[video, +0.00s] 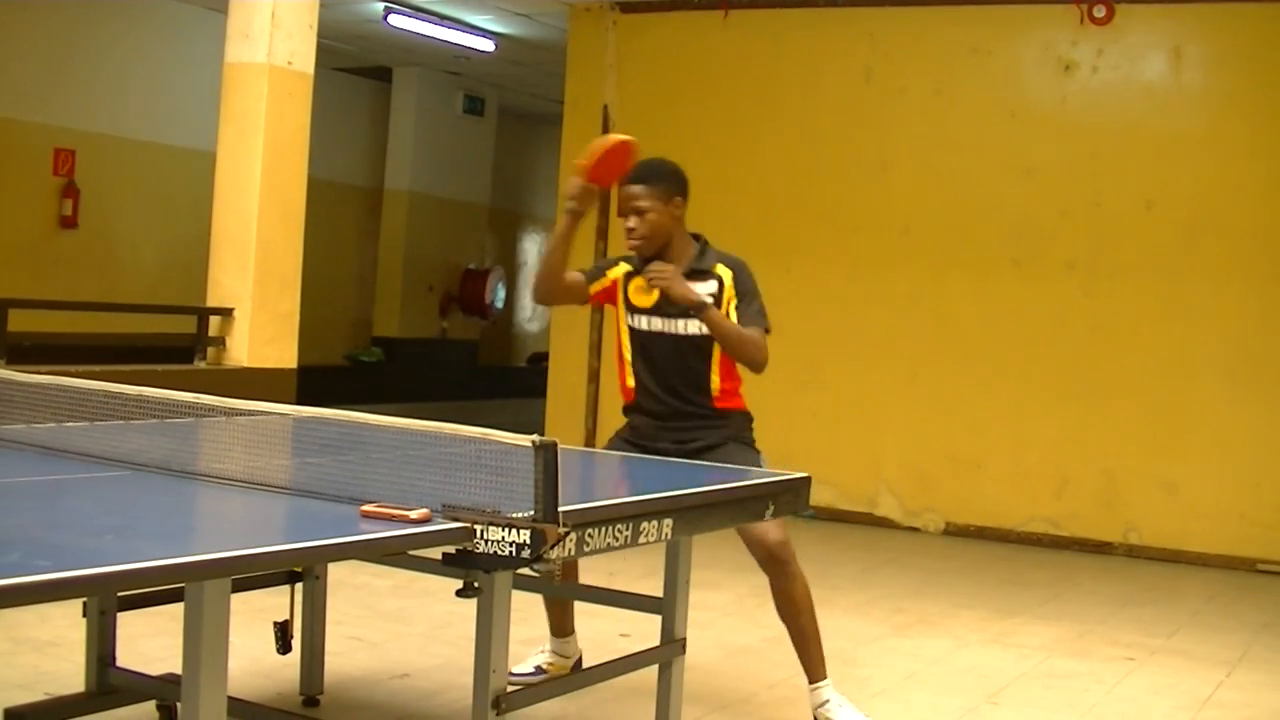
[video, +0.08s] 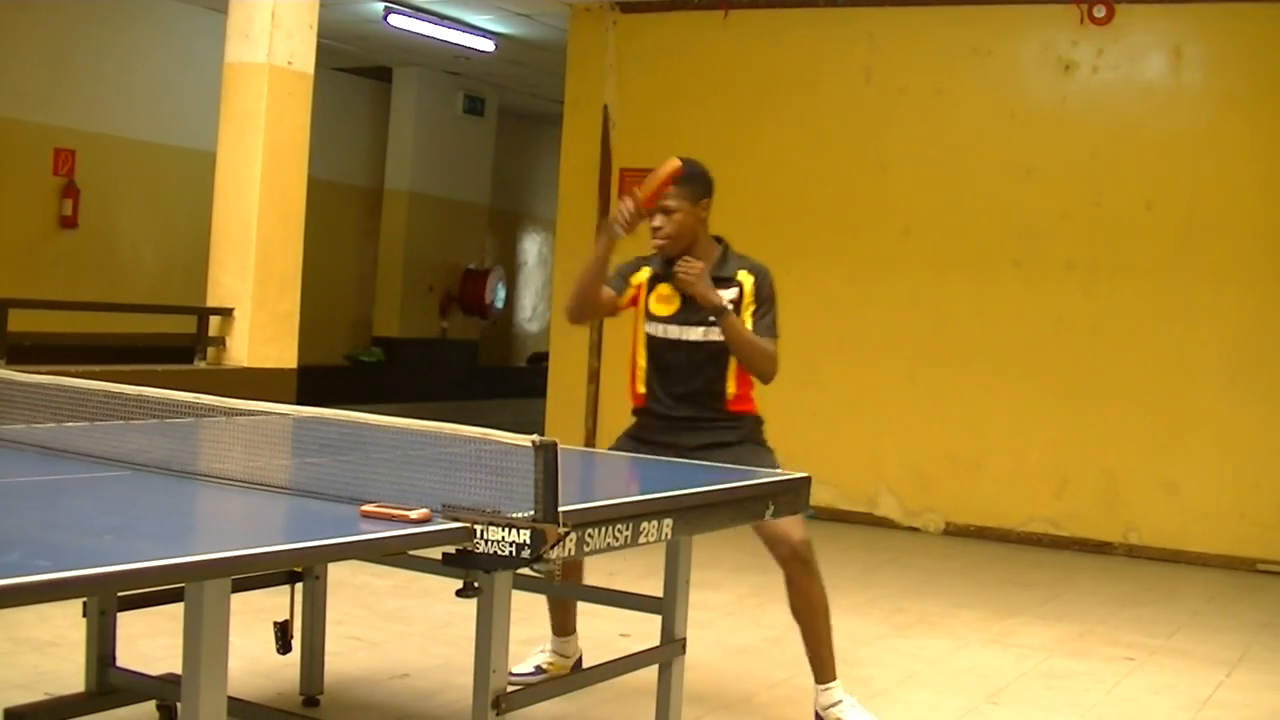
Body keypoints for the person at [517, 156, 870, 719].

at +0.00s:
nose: (627, 223)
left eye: (640, 211)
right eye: (622, 212)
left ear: (678, 209)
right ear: (620, 215)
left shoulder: (726, 273)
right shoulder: (623, 273)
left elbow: (757, 356)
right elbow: (547, 292)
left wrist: (695, 301)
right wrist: (569, 219)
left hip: (719, 440)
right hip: (642, 436)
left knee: (776, 545)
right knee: (553, 521)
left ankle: (822, 693)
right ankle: (562, 653)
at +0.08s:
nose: (654, 222)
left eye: (667, 211)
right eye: (651, 211)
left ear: (702, 212)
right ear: (647, 214)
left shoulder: (748, 278)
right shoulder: (644, 270)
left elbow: (765, 367)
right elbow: (578, 312)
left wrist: (716, 304)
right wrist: (607, 236)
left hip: (730, 439)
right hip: (650, 435)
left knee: (795, 543)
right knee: (558, 520)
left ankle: (829, 695)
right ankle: (563, 652)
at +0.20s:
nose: (691, 207)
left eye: (704, 195)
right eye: (686, 194)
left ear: (740, 197)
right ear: (683, 196)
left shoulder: (784, 258)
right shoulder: (677, 256)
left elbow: (805, 352)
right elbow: (639, 360)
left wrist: (739, 302)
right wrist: (637, 309)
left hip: (784, 429)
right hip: (708, 425)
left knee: (830, 537)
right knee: (623, 515)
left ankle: (850, 690)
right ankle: (588, 652)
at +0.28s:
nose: (711, 216)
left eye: (724, 204)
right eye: (706, 203)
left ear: (760, 206)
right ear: (702, 204)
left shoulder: (806, 264)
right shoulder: (696, 277)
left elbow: (834, 357)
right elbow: (669, 379)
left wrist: (766, 312)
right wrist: (666, 352)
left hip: (815, 424)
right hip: (741, 424)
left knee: (859, 533)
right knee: (653, 515)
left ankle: (895, 679)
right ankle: (648, 659)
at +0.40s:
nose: (742, 263)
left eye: (755, 252)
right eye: (738, 250)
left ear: (791, 250)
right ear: (734, 248)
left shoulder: (840, 304)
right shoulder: (728, 320)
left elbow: (871, 397)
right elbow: (698, 409)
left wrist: (804, 357)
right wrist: (709, 440)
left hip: (851, 450)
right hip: (777, 449)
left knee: (902, 557)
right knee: (682, 538)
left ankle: (945, 701)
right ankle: (679, 663)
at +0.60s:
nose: (777, 287)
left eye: (790, 275)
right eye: (773, 273)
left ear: (828, 269)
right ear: (767, 266)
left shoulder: (874, 312)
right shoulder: (759, 324)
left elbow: (914, 403)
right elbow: (682, 396)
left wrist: (859, 382)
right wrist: (696, 435)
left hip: (875, 452)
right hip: (799, 453)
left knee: (919, 556)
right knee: (701, 544)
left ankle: (950, 703)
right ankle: (682, 665)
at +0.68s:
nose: (781, 270)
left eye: (794, 259)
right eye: (776, 256)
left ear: (830, 252)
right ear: (769, 249)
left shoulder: (874, 295)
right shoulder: (755, 305)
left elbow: (919, 383)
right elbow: (692, 357)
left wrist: (867, 361)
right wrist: (655, 366)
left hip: (870, 441)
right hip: (790, 442)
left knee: (915, 551)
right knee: (702, 539)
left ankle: (949, 702)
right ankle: (683, 664)